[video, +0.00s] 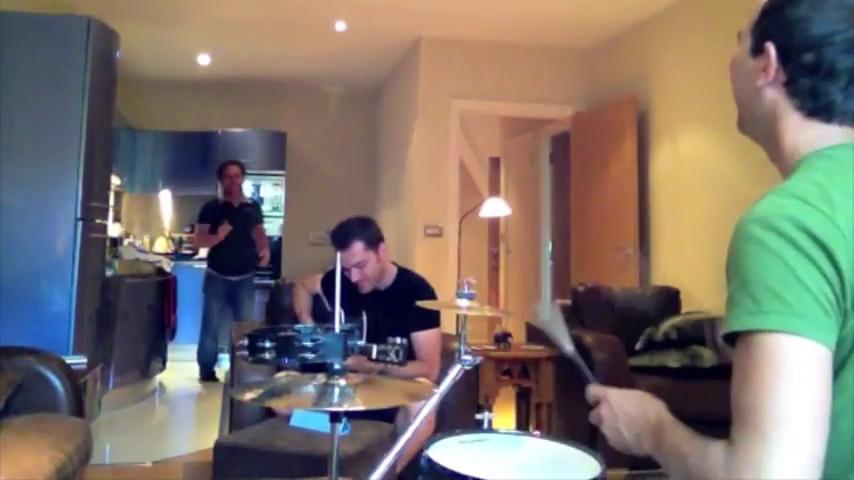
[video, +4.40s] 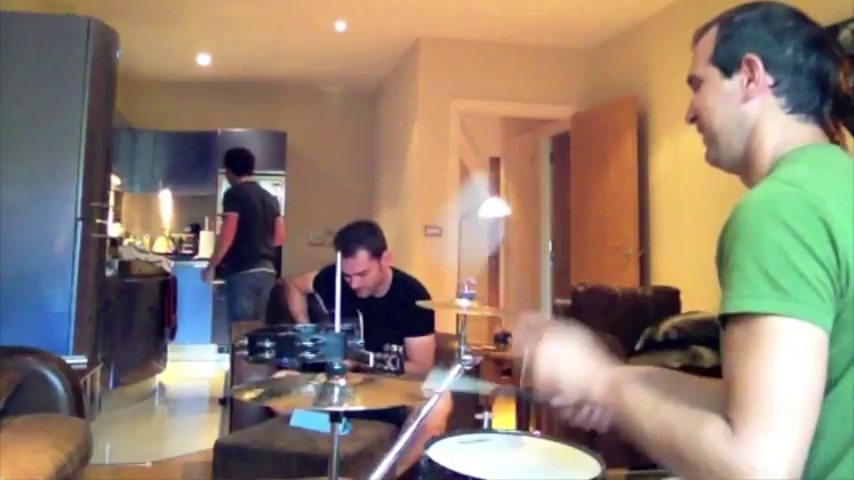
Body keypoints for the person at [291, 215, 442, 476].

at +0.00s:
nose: (354, 277)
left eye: (361, 266)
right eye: (347, 269)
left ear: (382, 252)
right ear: (341, 263)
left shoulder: (416, 291)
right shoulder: (340, 281)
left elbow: (429, 370)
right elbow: (301, 287)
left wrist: (373, 368)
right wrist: (306, 325)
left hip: (396, 389)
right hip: (342, 384)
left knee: (423, 412)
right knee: (282, 401)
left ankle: (384, 474)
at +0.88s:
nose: (387, 273)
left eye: (397, 267)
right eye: (381, 263)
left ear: (420, 261)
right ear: (376, 250)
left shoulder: (433, 296)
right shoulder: (358, 272)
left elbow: (427, 370)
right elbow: (308, 278)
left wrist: (384, 369)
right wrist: (314, 325)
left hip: (399, 387)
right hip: (346, 379)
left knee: (448, 404)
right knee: (279, 384)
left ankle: (394, 470)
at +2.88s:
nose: (361, 277)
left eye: (371, 267)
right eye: (353, 267)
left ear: (390, 257)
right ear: (345, 257)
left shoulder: (413, 295)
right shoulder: (335, 278)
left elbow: (424, 371)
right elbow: (294, 286)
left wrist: (369, 367)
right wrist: (305, 330)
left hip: (389, 390)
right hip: (336, 383)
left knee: (439, 404)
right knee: (280, 389)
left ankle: (389, 473)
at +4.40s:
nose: (354, 284)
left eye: (362, 274)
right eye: (348, 275)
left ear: (385, 261)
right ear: (340, 265)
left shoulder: (412, 295)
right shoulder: (334, 279)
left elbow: (422, 368)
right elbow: (294, 287)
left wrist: (367, 367)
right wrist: (306, 333)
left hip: (389, 387)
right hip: (335, 381)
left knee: (438, 404)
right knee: (280, 389)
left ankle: (388, 473)